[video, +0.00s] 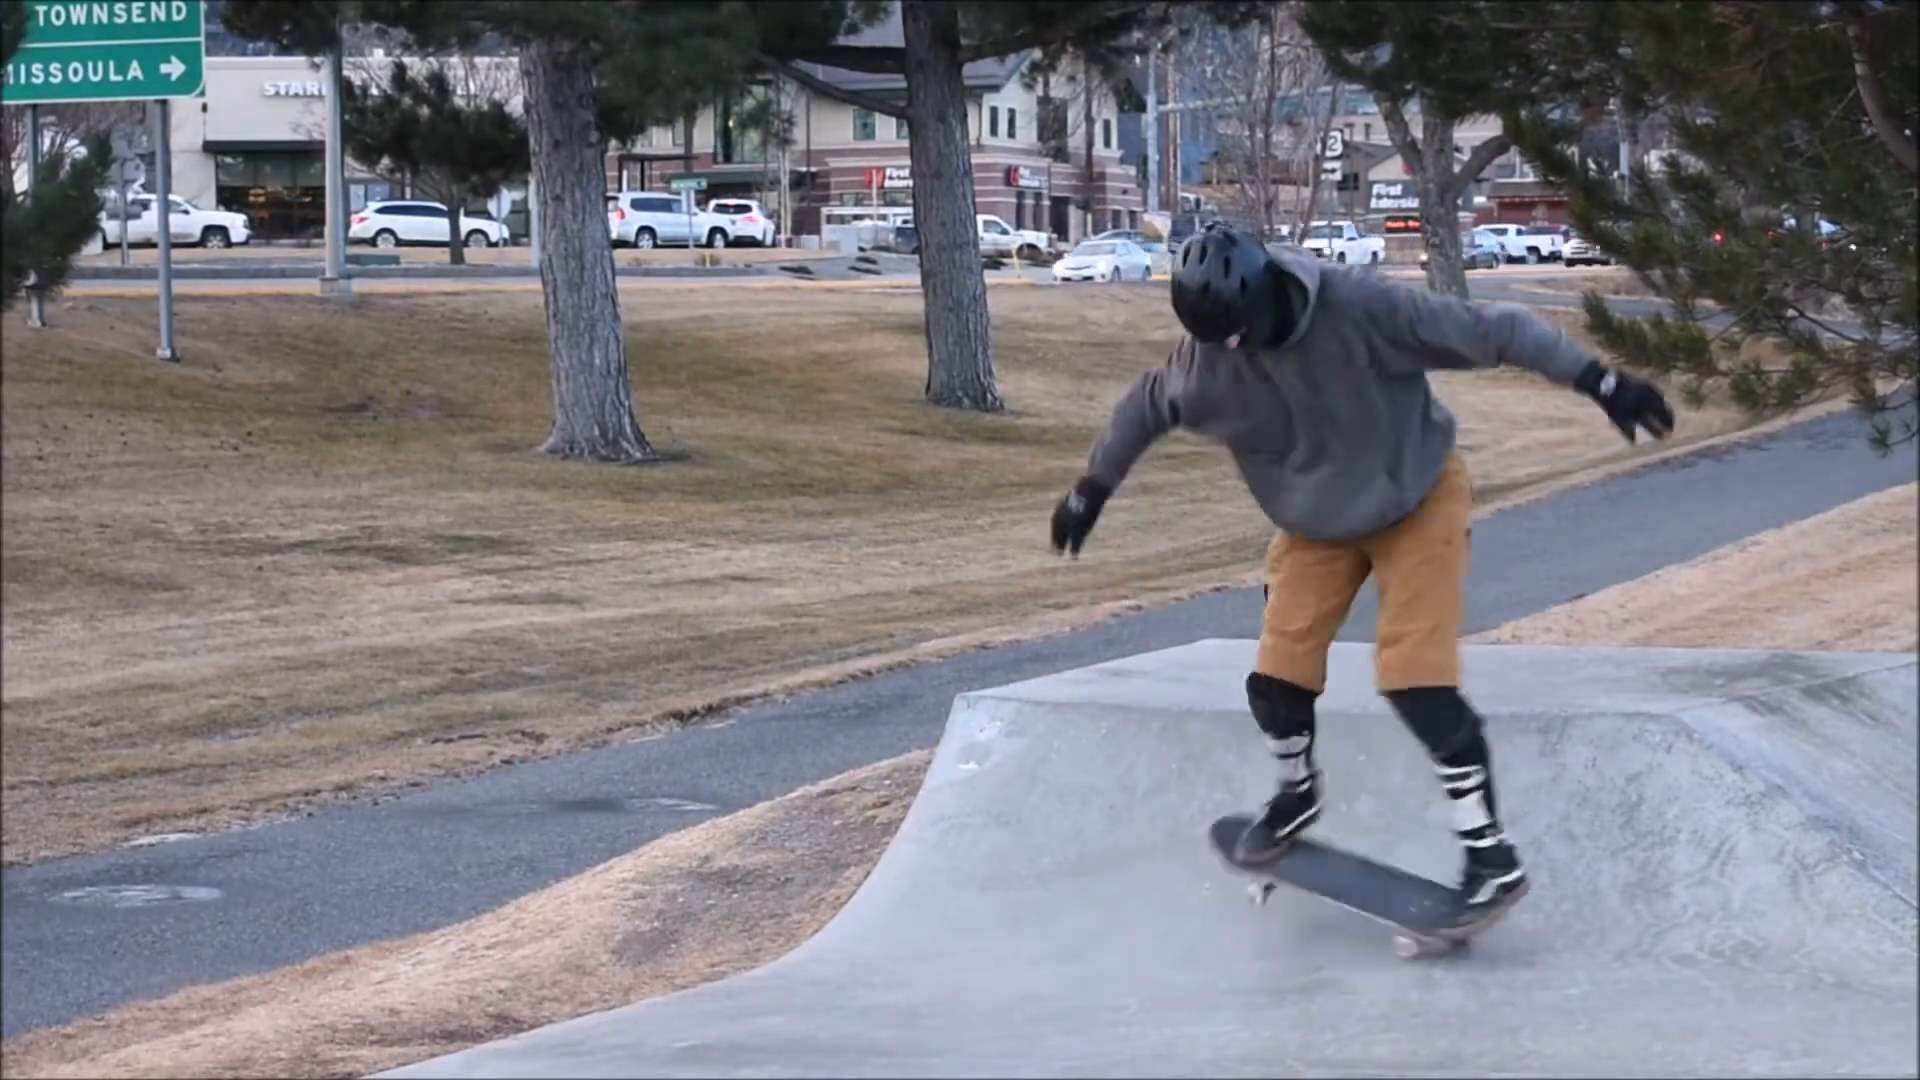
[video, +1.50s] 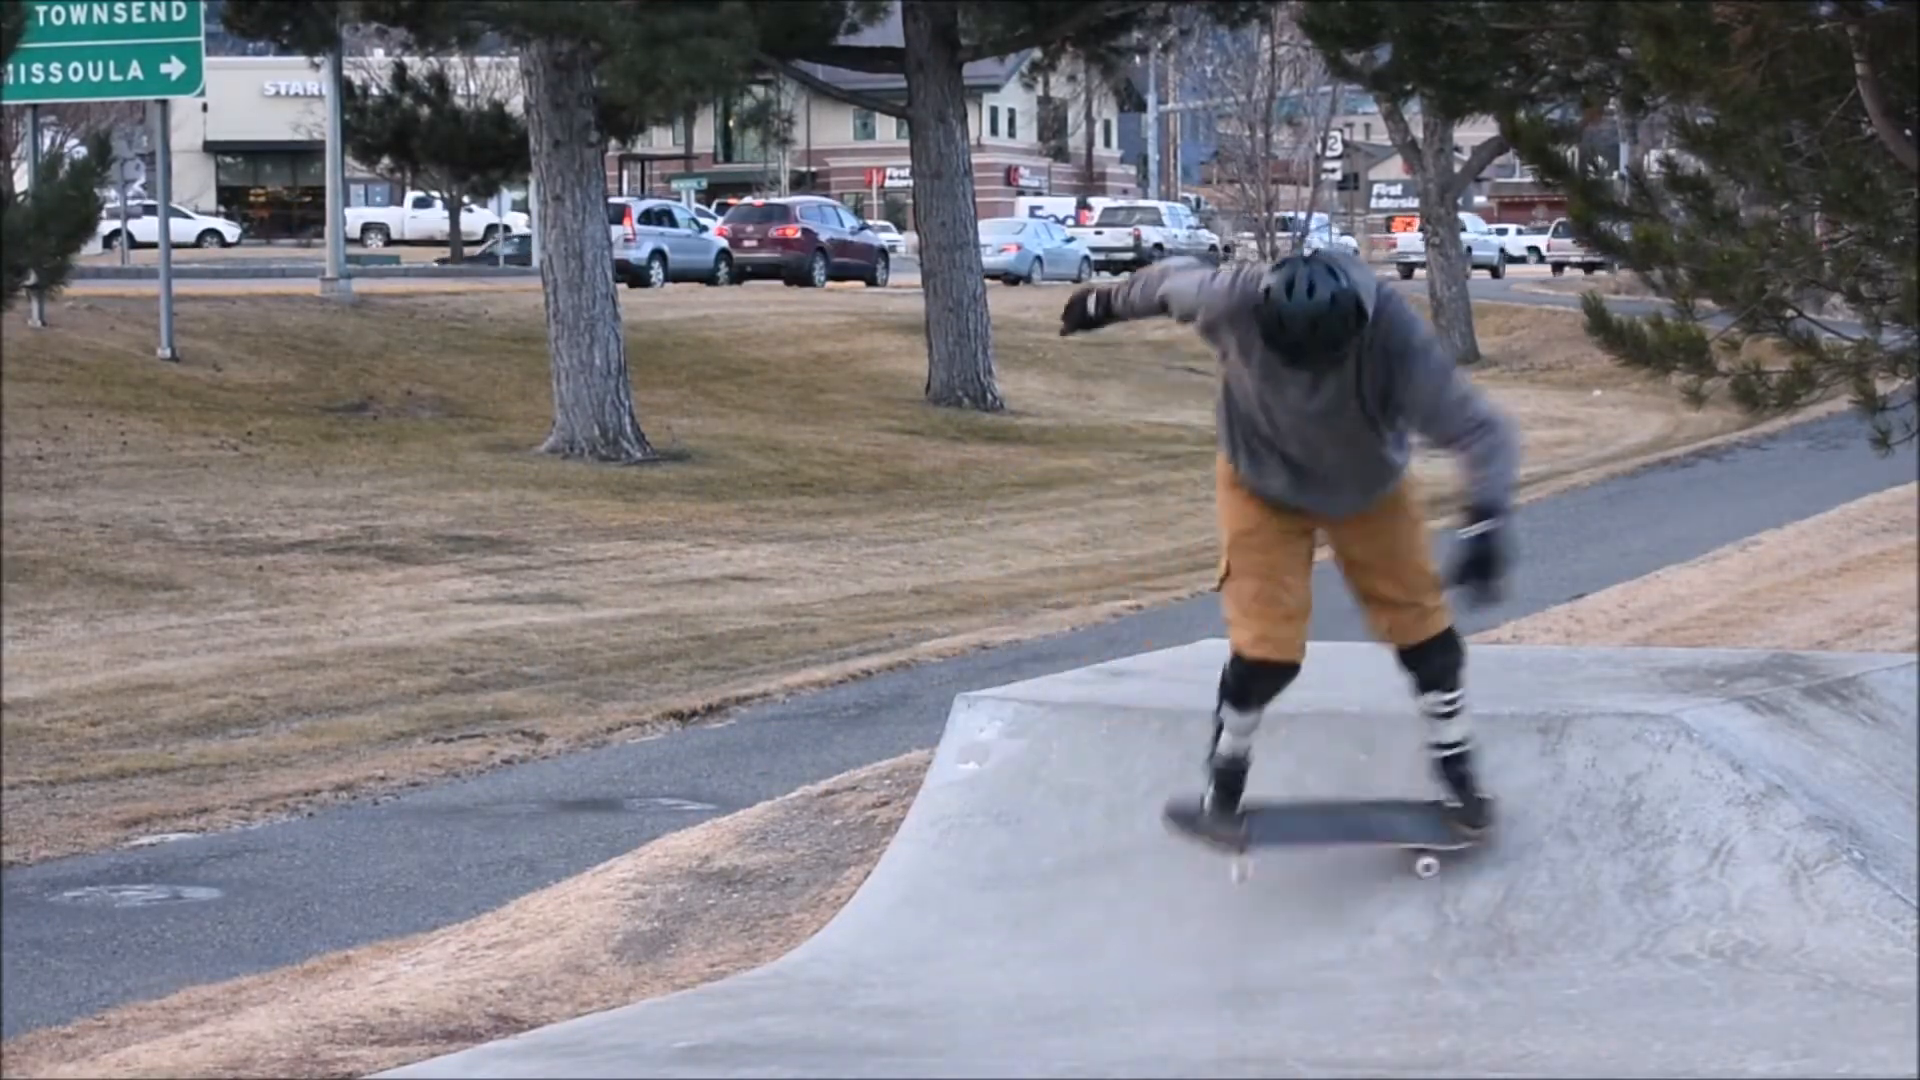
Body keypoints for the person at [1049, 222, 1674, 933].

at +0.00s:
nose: (1233, 343)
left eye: (1238, 327)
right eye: (1219, 334)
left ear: (1263, 294)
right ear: (1202, 322)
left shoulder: (1353, 304)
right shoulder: (1204, 367)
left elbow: (1488, 329)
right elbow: (1140, 412)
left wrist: (1600, 380)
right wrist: (1089, 493)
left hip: (1417, 491)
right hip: (1315, 517)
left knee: (1416, 680)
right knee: (1279, 683)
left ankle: (1489, 850)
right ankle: (1298, 794)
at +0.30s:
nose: (1247, 392)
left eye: (1255, 377)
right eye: (1232, 383)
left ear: (1283, 337)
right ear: (1212, 363)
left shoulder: (1338, 327)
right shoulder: (1224, 419)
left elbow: (1452, 353)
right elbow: (1232, 535)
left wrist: (1373, 357)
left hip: (1412, 533)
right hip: (1312, 564)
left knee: (1499, 718)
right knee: (1357, 720)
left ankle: (1457, 869)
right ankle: (1293, 905)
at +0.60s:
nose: (1227, 299)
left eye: (1242, 282)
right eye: (1215, 284)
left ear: (1278, 271)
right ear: (1200, 280)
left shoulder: (1339, 326)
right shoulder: (1189, 365)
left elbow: (1434, 412)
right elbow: (1156, 501)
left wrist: (1434, 484)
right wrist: (1177, 573)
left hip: (1352, 546)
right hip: (1246, 564)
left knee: (1434, 724)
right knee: (1278, 728)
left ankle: (1400, 882)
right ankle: (1218, 916)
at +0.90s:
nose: (1207, 236)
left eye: (1224, 221)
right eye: (1196, 220)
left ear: (1259, 220)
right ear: (1179, 221)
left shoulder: (1311, 308)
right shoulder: (1153, 323)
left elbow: (1361, 426)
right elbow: (1098, 460)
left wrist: (1394, 538)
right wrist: (1103, 572)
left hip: (1283, 552)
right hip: (1171, 560)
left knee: (1352, 738)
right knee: (1184, 742)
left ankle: (1331, 893)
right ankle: (1135, 931)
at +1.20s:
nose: (1265, 501)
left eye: (1283, 492)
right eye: (1261, 486)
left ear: (1303, 469)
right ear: (1235, 450)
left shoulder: (1289, 473)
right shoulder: (1151, 461)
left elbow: (1316, 556)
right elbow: (1027, 566)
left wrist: (1361, 599)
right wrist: (1020, 688)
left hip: (1196, 617)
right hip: (1099, 606)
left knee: (1283, 751)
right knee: (1190, 750)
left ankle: (1197, 885)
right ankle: (1083, 911)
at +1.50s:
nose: (1303, 367)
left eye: (1315, 357)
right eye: (1289, 356)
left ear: (1349, 330)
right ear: (1266, 324)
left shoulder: (1394, 336)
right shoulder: (1233, 302)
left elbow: (1483, 433)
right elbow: (1165, 284)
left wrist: (1486, 526)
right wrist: (1100, 303)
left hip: (1367, 483)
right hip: (1261, 480)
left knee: (1432, 647)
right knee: (1266, 655)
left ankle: (1456, 765)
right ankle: (1228, 766)